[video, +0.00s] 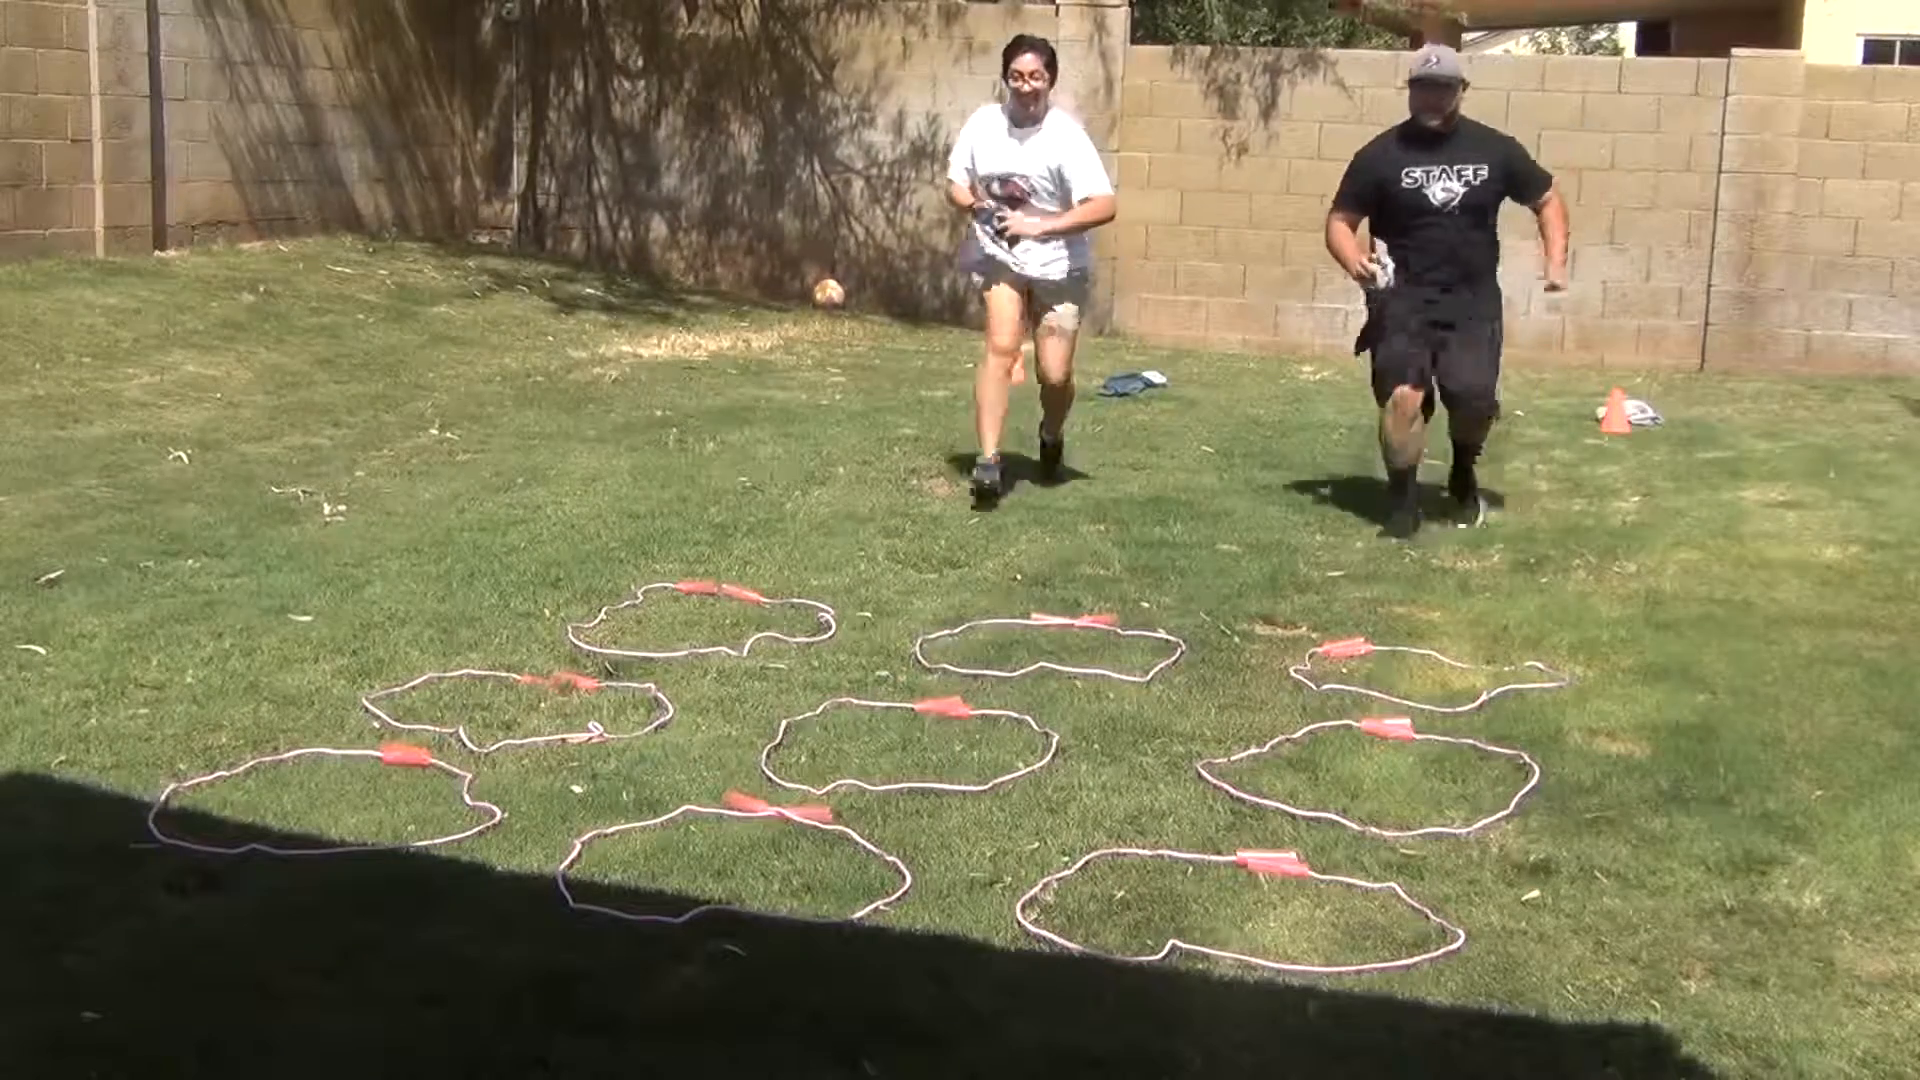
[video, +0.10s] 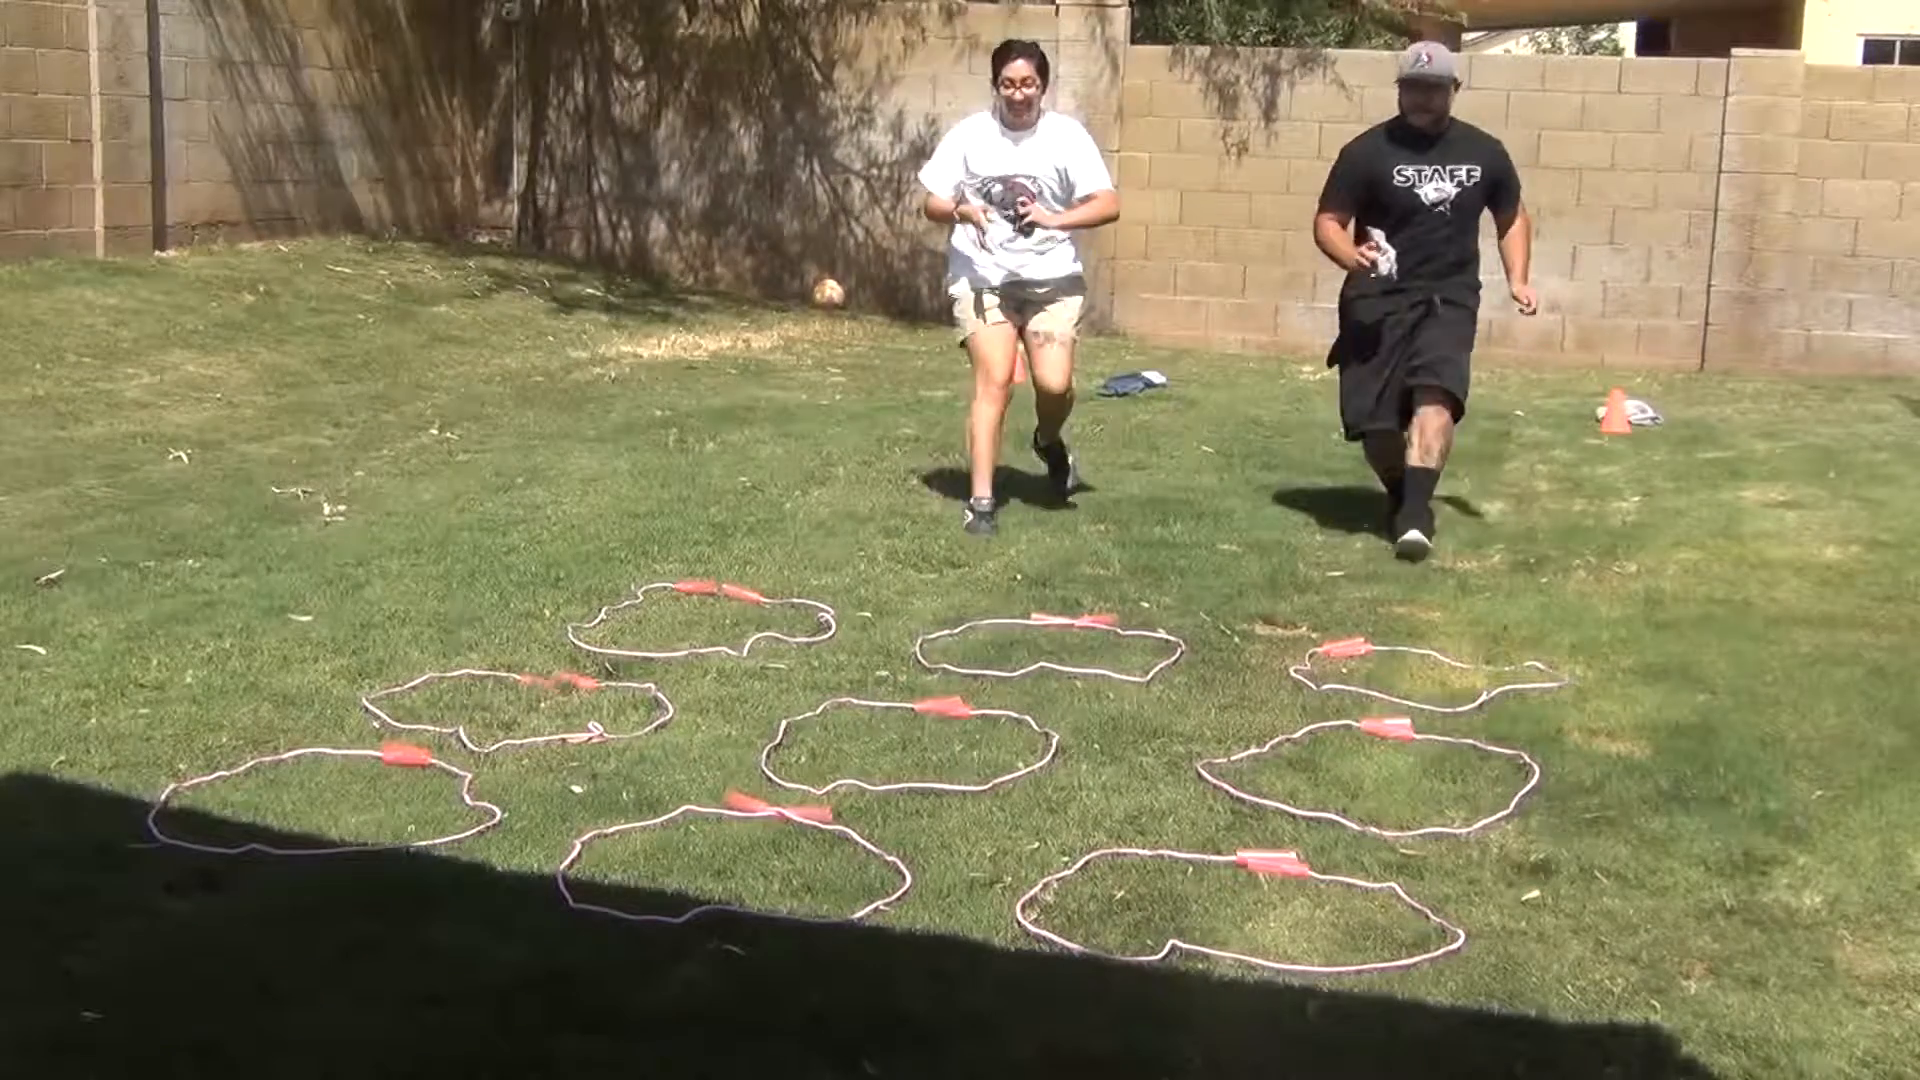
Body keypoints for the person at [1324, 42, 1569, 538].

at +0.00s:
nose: (1433, 98)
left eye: (1443, 88)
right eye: (1424, 87)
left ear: (1461, 92)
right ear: (1409, 90)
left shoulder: (1497, 151)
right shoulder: (1379, 156)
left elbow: (1547, 198)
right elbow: (1340, 222)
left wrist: (1556, 259)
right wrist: (1353, 259)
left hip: (1472, 298)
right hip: (1403, 297)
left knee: (1474, 400)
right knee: (1403, 395)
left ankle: (1464, 473)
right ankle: (1402, 500)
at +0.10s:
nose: (1423, 99)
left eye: (1435, 89)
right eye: (1414, 88)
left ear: (1453, 91)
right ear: (1399, 88)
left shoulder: (1484, 155)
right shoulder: (1364, 153)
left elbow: (1511, 216)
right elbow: (1327, 221)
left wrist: (1518, 278)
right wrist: (1349, 255)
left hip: (1447, 297)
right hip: (1374, 299)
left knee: (1436, 395)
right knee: (1376, 433)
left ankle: (1416, 517)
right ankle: (1404, 497)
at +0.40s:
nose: (1347, 141)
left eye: (1359, 130)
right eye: (1336, 130)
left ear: (1381, 130)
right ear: (1322, 130)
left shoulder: (1417, 180)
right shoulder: (1298, 193)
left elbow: (1448, 249)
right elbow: (1250, 277)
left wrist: (1458, 325)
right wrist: (1258, 285)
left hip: (1387, 338)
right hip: (1308, 334)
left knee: (1415, 443)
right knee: (1286, 430)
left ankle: (1380, 539)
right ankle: (1244, 550)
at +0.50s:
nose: (1316, 170)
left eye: (1329, 158)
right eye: (1305, 158)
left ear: (1351, 159)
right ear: (1290, 160)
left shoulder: (1384, 198)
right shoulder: (1277, 213)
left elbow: (1419, 266)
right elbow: (1241, 267)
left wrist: (1437, 338)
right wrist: (1204, 306)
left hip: (1359, 355)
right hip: (1286, 353)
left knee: (1411, 451)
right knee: (1282, 441)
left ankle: (1365, 531)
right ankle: (1232, 573)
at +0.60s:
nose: (1307, 188)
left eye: (1321, 177)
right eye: (1297, 176)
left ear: (1345, 174)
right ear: (1282, 172)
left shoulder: (1378, 208)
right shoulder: (1260, 223)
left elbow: (1403, 280)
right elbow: (1209, 298)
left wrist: (1412, 357)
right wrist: (1193, 351)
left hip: (1336, 352)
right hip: (1265, 352)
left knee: (1393, 452)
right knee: (1272, 445)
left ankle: (1320, 530)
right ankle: (1231, 573)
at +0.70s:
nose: (1307, 184)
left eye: (1322, 175)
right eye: (1298, 172)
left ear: (1348, 172)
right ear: (1282, 167)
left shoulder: (1377, 203)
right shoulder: (1251, 221)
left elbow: (1398, 273)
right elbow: (1200, 315)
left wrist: (1399, 357)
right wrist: (1180, 404)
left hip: (1323, 342)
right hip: (1252, 343)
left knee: (1369, 452)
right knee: (1257, 445)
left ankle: (1277, 502)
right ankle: (1231, 570)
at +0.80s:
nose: (1318, 182)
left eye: (1332, 173)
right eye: (1309, 170)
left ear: (1355, 169)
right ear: (1290, 164)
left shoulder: (1381, 196)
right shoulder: (1248, 216)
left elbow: (1398, 263)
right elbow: (1197, 309)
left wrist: (1391, 344)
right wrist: (1185, 402)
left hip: (1315, 335)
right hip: (1244, 334)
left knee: (1340, 452)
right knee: (1250, 439)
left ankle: (1240, 475)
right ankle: (1232, 569)